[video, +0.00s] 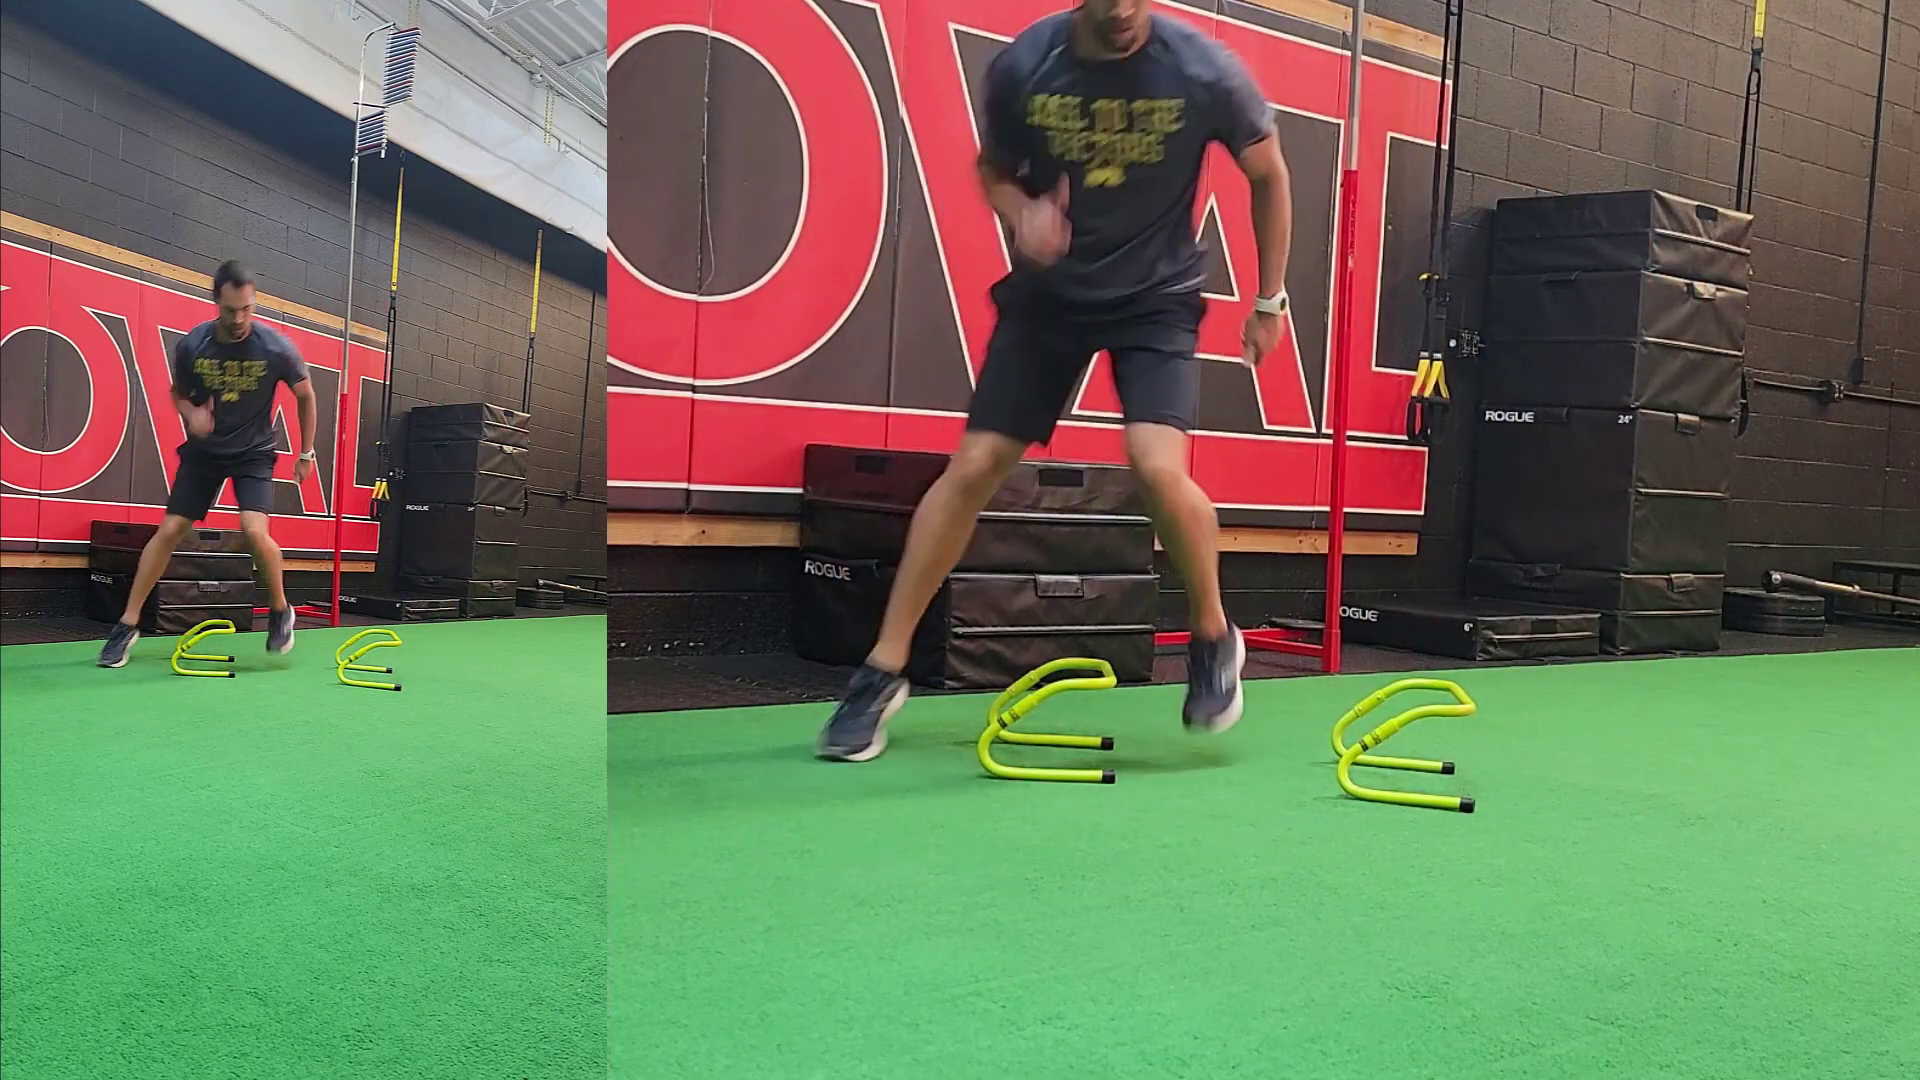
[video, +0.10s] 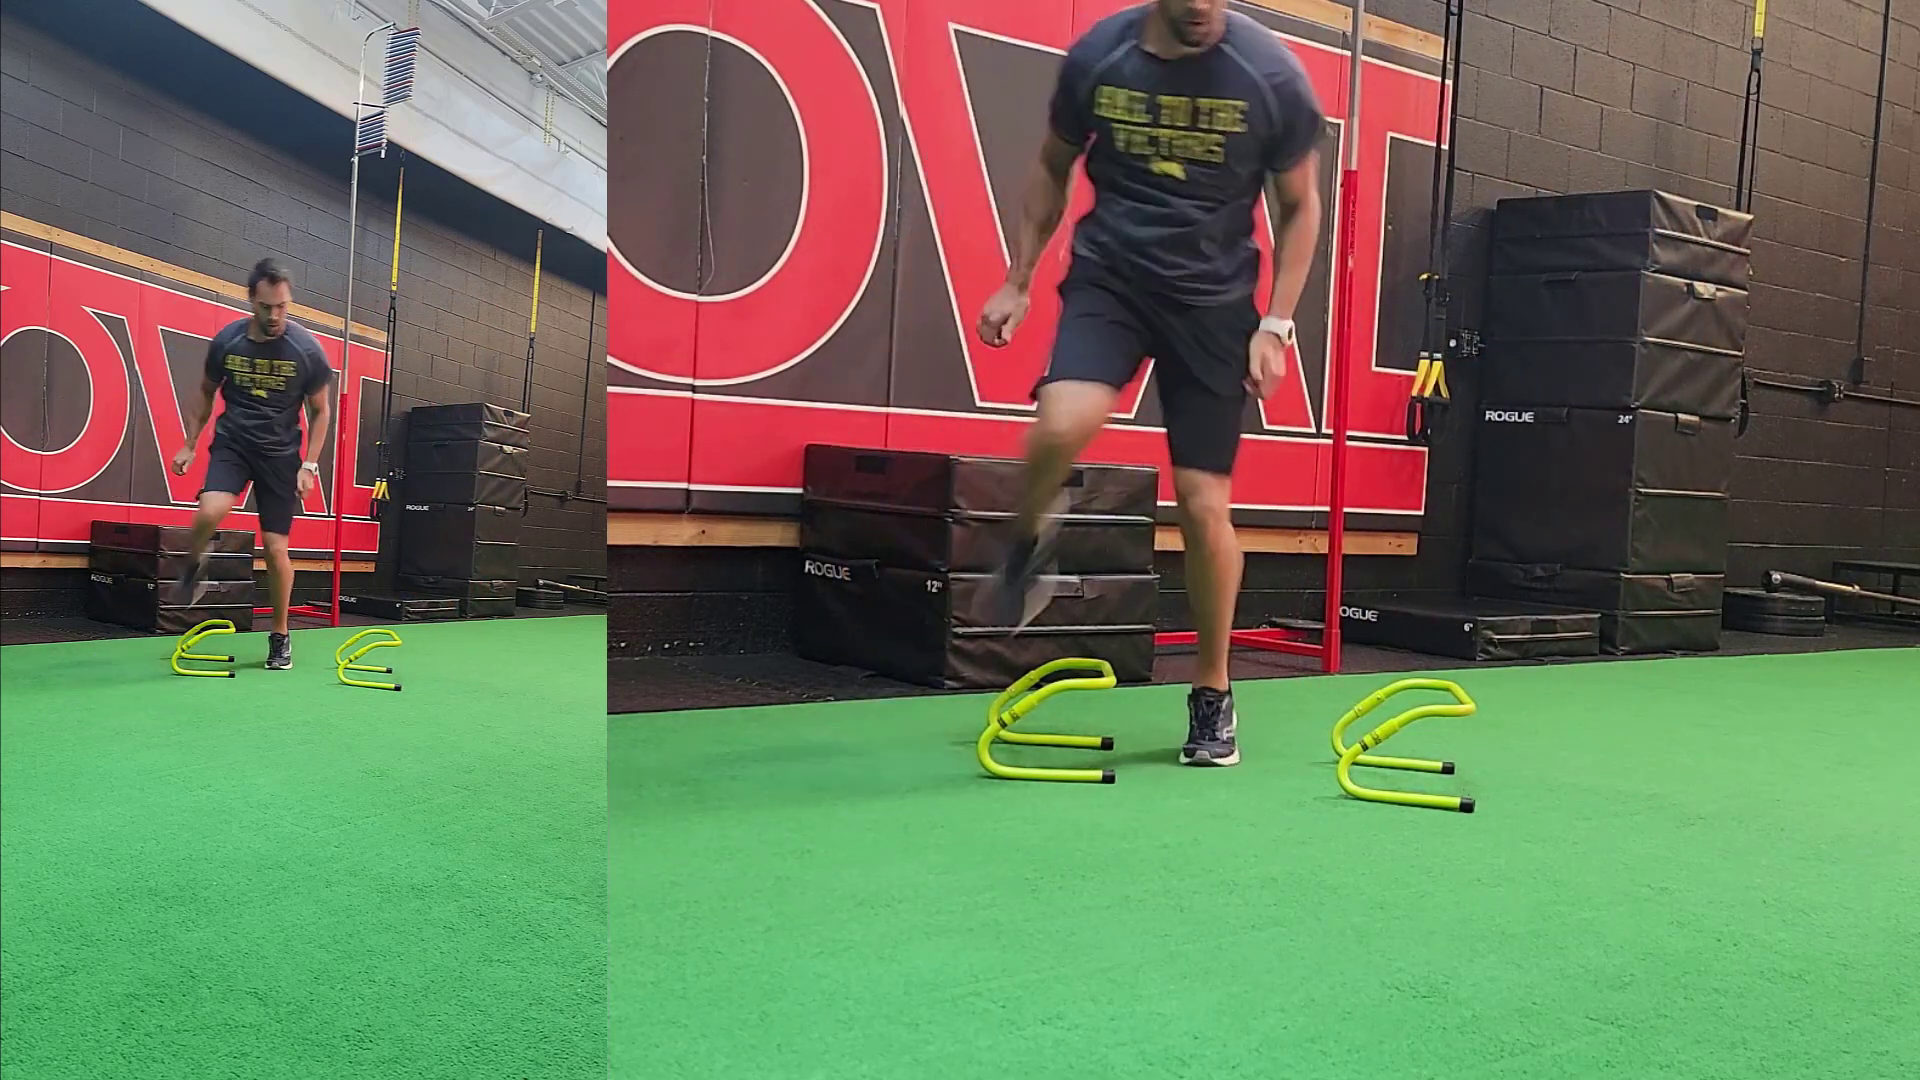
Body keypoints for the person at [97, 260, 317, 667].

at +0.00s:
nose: (240, 318)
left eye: (246, 309)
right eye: (231, 310)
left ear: (254, 303)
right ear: (215, 303)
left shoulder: (277, 349)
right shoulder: (191, 347)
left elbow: (305, 394)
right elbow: (179, 393)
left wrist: (306, 451)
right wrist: (192, 416)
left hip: (253, 451)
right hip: (203, 449)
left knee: (254, 531)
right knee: (169, 530)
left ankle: (280, 609)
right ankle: (127, 623)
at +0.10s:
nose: (275, 316)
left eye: (282, 307)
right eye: (266, 307)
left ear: (290, 302)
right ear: (251, 301)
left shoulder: (308, 350)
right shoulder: (226, 342)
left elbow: (321, 411)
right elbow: (206, 392)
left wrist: (310, 464)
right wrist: (189, 445)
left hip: (279, 455)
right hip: (232, 445)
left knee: (276, 550)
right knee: (209, 513)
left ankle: (280, 637)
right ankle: (194, 563)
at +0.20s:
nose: (305, 312)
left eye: (311, 304)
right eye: (297, 303)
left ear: (318, 299)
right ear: (278, 297)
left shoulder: (332, 346)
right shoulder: (249, 338)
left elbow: (347, 404)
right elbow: (222, 383)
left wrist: (322, 406)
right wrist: (203, 431)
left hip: (307, 450)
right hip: (262, 441)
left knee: (297, 544)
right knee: (271, 490)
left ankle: (284, 635)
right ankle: (263, 552)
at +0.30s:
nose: (331, 311)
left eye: (337, 302)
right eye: (323, 301)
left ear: (345, 297)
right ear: (304, 293)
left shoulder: (357, 336)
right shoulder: (275, 337)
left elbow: (368, 386)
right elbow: (249, 387)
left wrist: (356, 399)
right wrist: (231, 440)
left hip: (335, 443)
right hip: (289, 442)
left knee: (338, 527)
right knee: (302, 523)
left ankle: (315, 592)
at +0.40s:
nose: (359, 320)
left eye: (366, 312)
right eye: (352, 311)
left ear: (373, 308)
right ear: (333, 303)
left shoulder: (382, 350)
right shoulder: (303, 353)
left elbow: (387, 397)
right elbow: (276, 416)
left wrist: (391, 443)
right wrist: (263, 473)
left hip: (362, 459)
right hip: (311, 464)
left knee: (396, 522)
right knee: (312, 551)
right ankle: (293, 646)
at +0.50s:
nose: (391, 324)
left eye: (398, 315)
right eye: (383, 314)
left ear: (405, 310)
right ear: (362, 304)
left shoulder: (409, 347)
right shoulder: (331, 355)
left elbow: (412, 395)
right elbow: (310, 420)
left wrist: (412, 448)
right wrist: (309, 481)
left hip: (389, 453)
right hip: (340, 456)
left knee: (421, 523)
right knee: (334, 540)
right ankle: (299, 636)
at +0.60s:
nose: (421, 342)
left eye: (427, 333)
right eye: (412, 332)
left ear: (433, 327)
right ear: (391, 323)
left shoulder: (436, 358)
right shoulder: (361, 369)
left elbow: (437, 399)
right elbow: (342, 438)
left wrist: (430, 443)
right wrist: (378, 473)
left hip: (416, 461)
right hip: (369, 462)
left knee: (434, 547)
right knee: (378, 527)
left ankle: (457, 642)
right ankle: (335, 577)